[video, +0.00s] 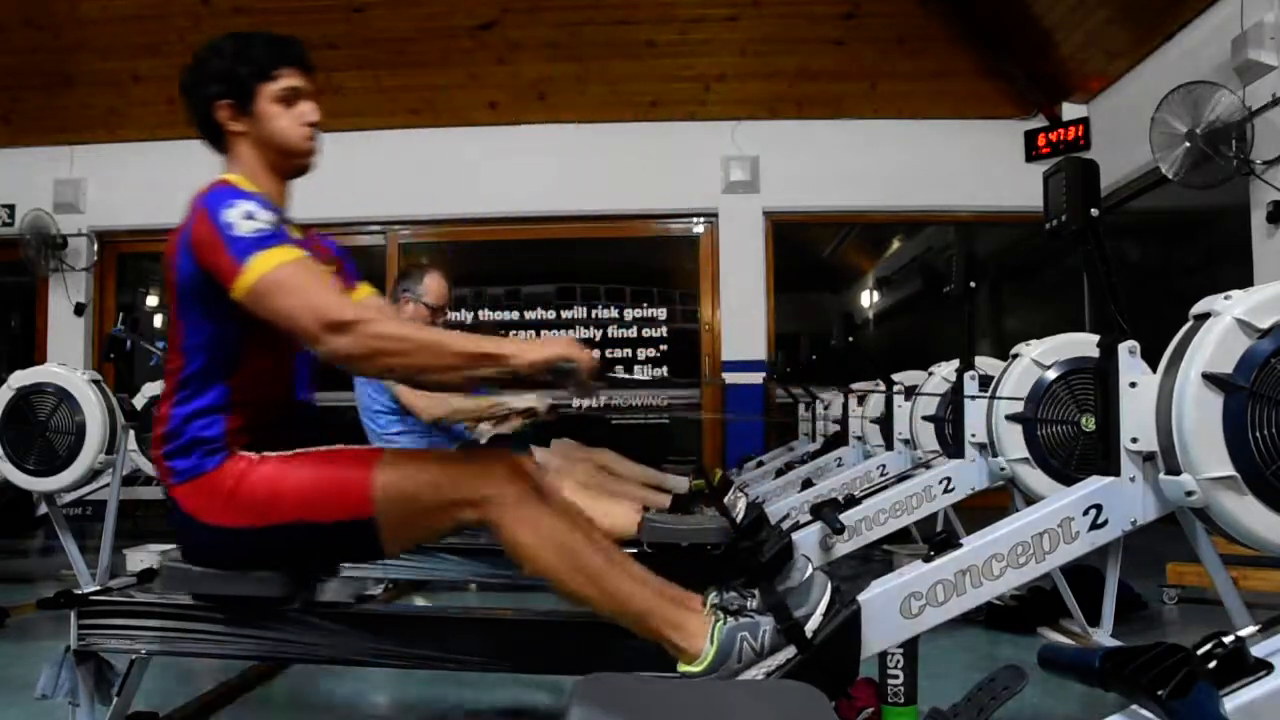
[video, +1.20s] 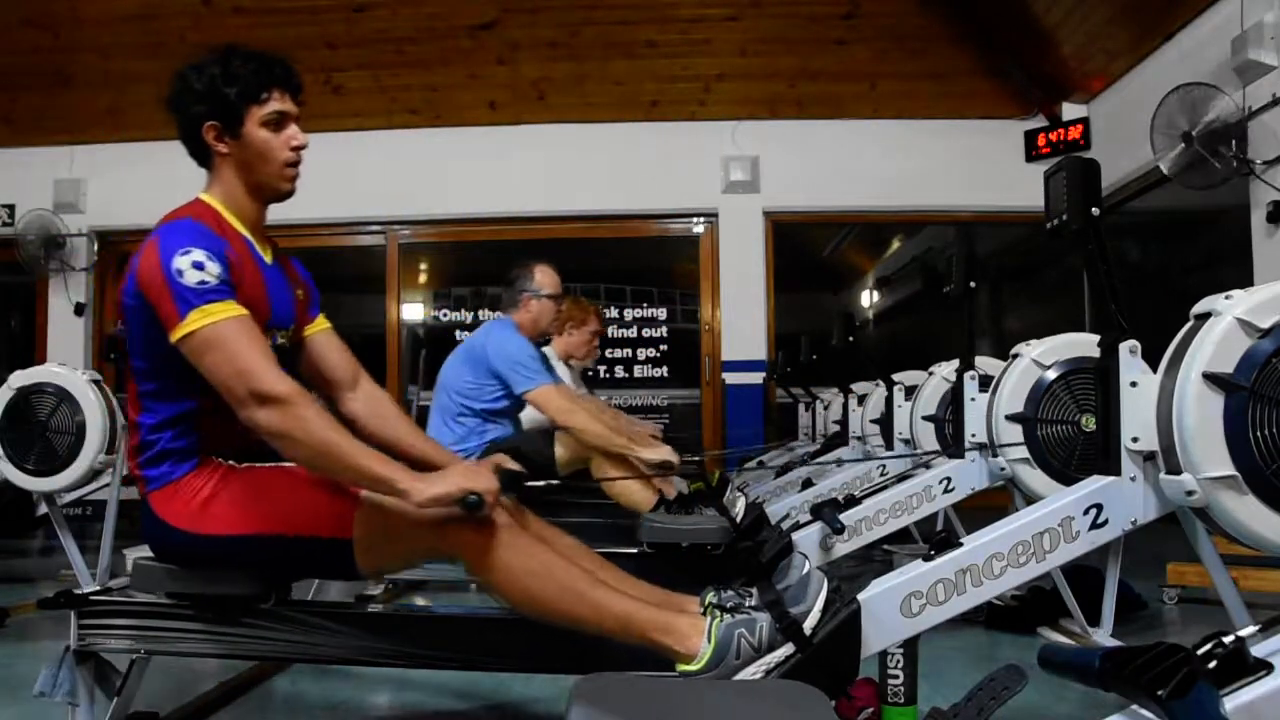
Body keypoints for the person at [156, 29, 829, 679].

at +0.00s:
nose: (313, 116)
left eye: (312, 100)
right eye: (290, 100)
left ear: (311, 112)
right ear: (230, 116)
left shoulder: (297, 235)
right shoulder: (225, 211)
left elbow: (385, 337)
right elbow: (342, 333)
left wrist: (513, 358)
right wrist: (515, 356)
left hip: (269, 468)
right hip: (223, 480)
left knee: (513, 475)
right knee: (492, 481)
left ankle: (704, 618)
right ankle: (703, 643)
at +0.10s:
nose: (228, 130)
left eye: (228, 114)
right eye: (206, 114)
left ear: (223, 125)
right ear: (146, 131)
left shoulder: (240, 259)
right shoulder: (137, 228)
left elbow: (328, 361)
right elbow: (238, 345)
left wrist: (429, 351)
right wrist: (423, 345)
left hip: (253, 468)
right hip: (197, 487)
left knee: (491, 505)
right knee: (471, 513)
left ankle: (696, 624)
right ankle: (695, 640)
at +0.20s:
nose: (166, 152)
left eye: (164, 136)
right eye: (142, 137)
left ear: (152, 152)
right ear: (81, 156)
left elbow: (261, 385)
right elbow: (123, 371)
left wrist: (362, 346)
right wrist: (293, 339)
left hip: (249, 461)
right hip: (191, 481)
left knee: (467, 523)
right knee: (441, 531)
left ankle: (699, 625)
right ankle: (703, 642)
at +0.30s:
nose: (128, 169)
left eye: (127, 153)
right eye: (106, 156)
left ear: (109, 171)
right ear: (46, 176)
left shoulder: (130, 280)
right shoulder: (41, 272)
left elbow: (211, 403)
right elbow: (24, 412)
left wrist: (276, 369)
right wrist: (196, 350)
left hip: (231, 466)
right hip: (181, 485)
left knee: (459, 533)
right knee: (431, 538)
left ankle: (701, 622)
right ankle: (697, 638)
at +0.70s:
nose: (163, 158)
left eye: (161, 142)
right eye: (142, 143)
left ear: (135, 160)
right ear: (81, 162)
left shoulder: (144, 269)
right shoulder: (65, 267)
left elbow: (182, 410)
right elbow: (56, 429)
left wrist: (255, 434)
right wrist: (208, 466)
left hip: (235, 477)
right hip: (190, 500)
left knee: (460, 534)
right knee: (441, 544)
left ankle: (700, 627)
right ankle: (701, 641)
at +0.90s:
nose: (212, 146)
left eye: (212, 130)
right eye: (191, 130)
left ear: (192, 145)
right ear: (131, 146)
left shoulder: (205, 274)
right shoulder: (107, 261)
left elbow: (269, 397)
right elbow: (150, 419)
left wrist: (348, 458)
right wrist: (297, 486)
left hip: (261, 487)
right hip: (191, 500)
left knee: (470, 529)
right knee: (445, 537)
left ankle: (698, 627)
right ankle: (699, 641)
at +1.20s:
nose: (298, 142)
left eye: (299, 125)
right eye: (277, 125)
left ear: (281, 136)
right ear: (216, 137)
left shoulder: (273, 263)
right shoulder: (184, 249)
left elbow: (353, 385)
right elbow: (263, 401)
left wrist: (447, 463)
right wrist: (407, 487)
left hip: (261, 474)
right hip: (199, 489)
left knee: (487, 498)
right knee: (467, 520)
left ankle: (697, 623)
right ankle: (691, 640)